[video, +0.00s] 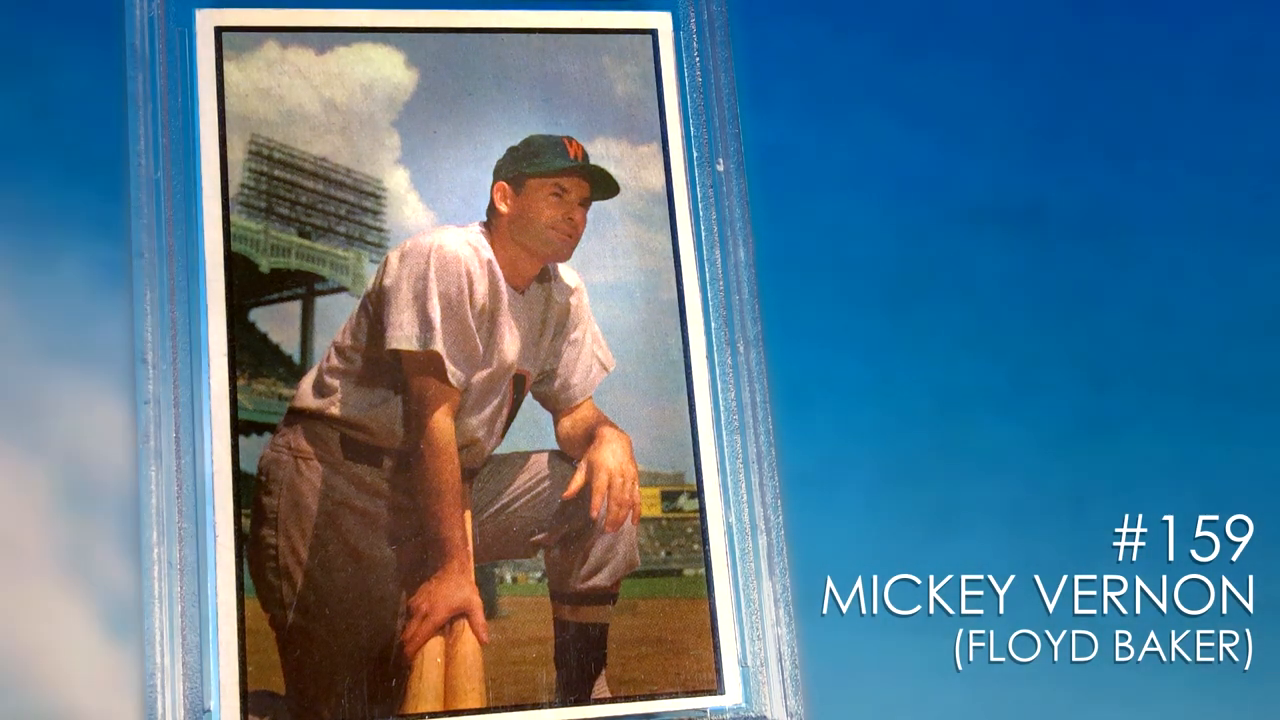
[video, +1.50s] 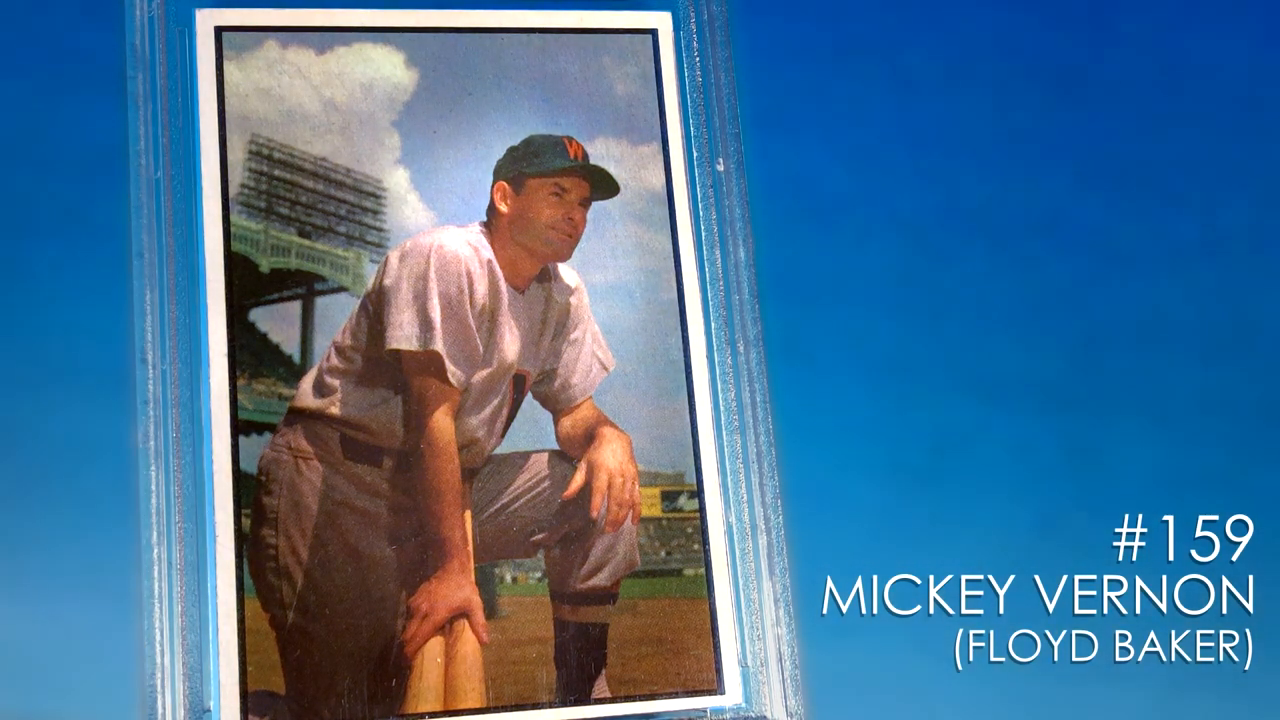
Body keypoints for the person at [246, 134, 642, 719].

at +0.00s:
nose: (576, 216)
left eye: (584, 204)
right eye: (558, 194)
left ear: (587, 217)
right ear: (505, 197)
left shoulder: (560, 296)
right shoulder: (443, 257)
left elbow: (575, 416)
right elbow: (431, 420)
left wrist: (609, 435)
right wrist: (454, 565)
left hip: (440, 487)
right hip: (334, 479)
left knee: (595, 487)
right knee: (351, 700)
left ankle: (580, 695)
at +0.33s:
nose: (576, 216)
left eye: (584, 204)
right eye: (557, 194)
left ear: (586, 217)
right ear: (505, 197)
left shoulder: (560, 296)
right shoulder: (441, 257)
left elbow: (575, 415)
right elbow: (432, 420)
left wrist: (609, 435)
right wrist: (454, 566)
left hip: (439, 485)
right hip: (334, 477)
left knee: (595, 488)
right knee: (349, 698)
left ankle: (580, 695)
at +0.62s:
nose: (576, 216)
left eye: (584, 204)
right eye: (557, 194)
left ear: (586, 217)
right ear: (505, 197)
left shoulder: (560, 296)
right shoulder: (441, 257)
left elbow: (575, 415)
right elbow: (432, 420)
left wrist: (609, 435)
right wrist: (454, 566)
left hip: (439, 485)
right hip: (335, 477)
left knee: (595, 488)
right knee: (349, 700)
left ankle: (580, 695)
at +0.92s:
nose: (575, 215)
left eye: (584, 203)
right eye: (557, 193)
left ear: (587, 217)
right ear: (504, 197)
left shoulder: (560, 296)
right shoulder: (441, 257)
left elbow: (575, 415)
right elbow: (432, 419)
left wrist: (609, 435)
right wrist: (454, 566)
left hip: (439, 486)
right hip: (334, 478)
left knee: (595, 488)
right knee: (348, 701)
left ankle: (581, 695)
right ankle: (237, 705)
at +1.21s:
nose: (576, 215)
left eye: (584, 203)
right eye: (558, 193)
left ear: (586, 218)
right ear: (504, 197)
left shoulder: (560, 297)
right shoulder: (442, 256)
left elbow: (574, 415)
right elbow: (432, 420)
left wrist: (609, 434)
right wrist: (454, 566)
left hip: (438, 486)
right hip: (334, 479)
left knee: (595, 488)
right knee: (346, 704)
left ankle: (580, 696)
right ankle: (238, 706)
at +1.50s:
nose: (576, 215)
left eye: (584, 204)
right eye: (558, 193)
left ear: (586, 218)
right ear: (504, 197)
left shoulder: (560, 296)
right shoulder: (441, 257)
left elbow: (575, 414)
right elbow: (433, 419)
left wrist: (609, 435)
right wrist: (454, 566)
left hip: (438, 487)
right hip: (335, 482)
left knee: (595, 488)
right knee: (346, 703)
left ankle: (581, 695)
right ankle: (235, 706)